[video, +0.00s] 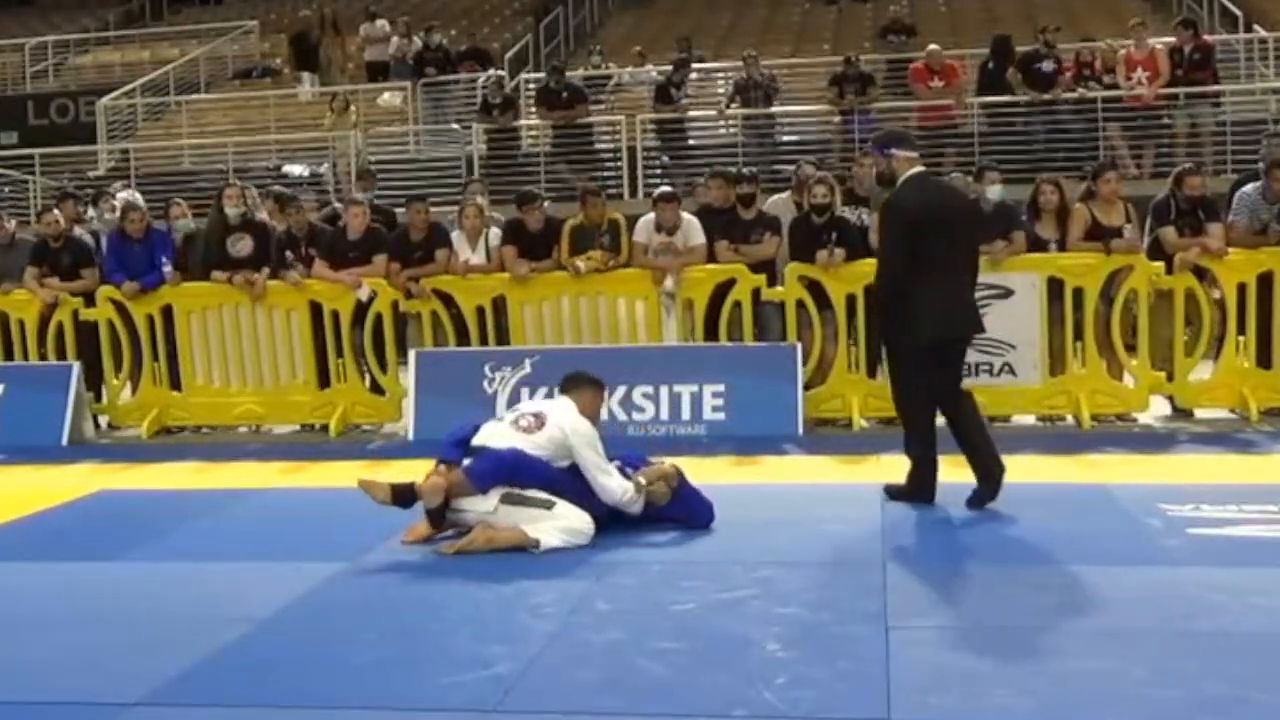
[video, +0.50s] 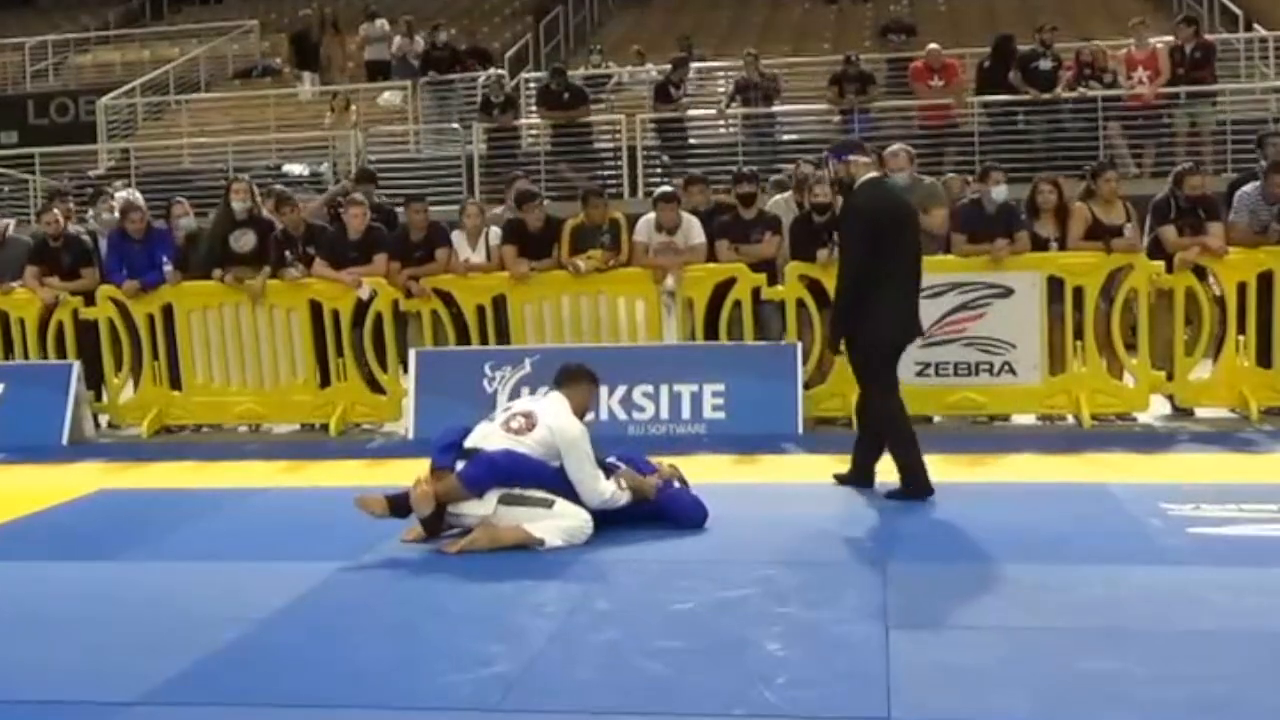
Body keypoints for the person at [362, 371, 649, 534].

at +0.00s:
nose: (601, 412)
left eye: (601, 404)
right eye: (600, 404)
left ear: (564, 392)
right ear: (586, 398)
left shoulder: (526, 409)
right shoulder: (577, 423)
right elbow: (610, 489)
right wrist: (637, 492)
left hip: (455, 491)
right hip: (485, 497)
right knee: (580, 524)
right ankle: (493, 537)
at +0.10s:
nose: (596, 406)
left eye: (597, 398)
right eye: (594, 398)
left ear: (560, 388)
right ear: (579, 391)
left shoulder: (525, 403)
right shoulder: (571, 417)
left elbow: (479, 437)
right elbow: (605, 474)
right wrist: (639, 493)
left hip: (453, 488)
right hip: (485, 493)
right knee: (577, 523)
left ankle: (437, 518)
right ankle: (494, 538)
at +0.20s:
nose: (593, 396)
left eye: (593, 388)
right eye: (590, 388)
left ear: (555, 378)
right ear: (573, 383)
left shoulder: (518, 397)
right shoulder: (567, 413)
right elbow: (608, 474)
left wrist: (620, 461)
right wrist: (639, 484)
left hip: (451, 490)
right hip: (484, 494)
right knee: (576, 522)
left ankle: (433, 521)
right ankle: (496, 534)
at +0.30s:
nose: (593, 397)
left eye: (593, 388)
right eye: (591, 388)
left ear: (556, 381)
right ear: (574, 384)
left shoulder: (520, 396)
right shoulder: (567, 413)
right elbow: (602, 483)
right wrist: (636, 486)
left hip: (452, 486)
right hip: (482, 494)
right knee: (577, 523)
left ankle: (438, 522)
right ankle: (492, 537)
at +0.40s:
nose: (595, 398)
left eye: (595, 389)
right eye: (592, 389)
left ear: (557, 384)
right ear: (576, 388)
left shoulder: (521, 400)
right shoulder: (568, 423)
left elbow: (472, 445)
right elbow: (595, 492)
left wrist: (610, 471)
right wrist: (631, 488)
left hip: (454, 490)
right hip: (482, 498)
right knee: (578, 523)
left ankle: (438, 523)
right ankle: (495, 537)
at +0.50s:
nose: (592, 405)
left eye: (594, 397)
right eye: (592, 396)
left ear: (558, 386)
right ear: (579, 391)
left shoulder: (520, 404)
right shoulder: (569, 425)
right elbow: (594, 494)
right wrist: (626, 488)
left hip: (451, 490)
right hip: (484, 499)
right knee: (578, 521)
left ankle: (438, 519)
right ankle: (494, 537)